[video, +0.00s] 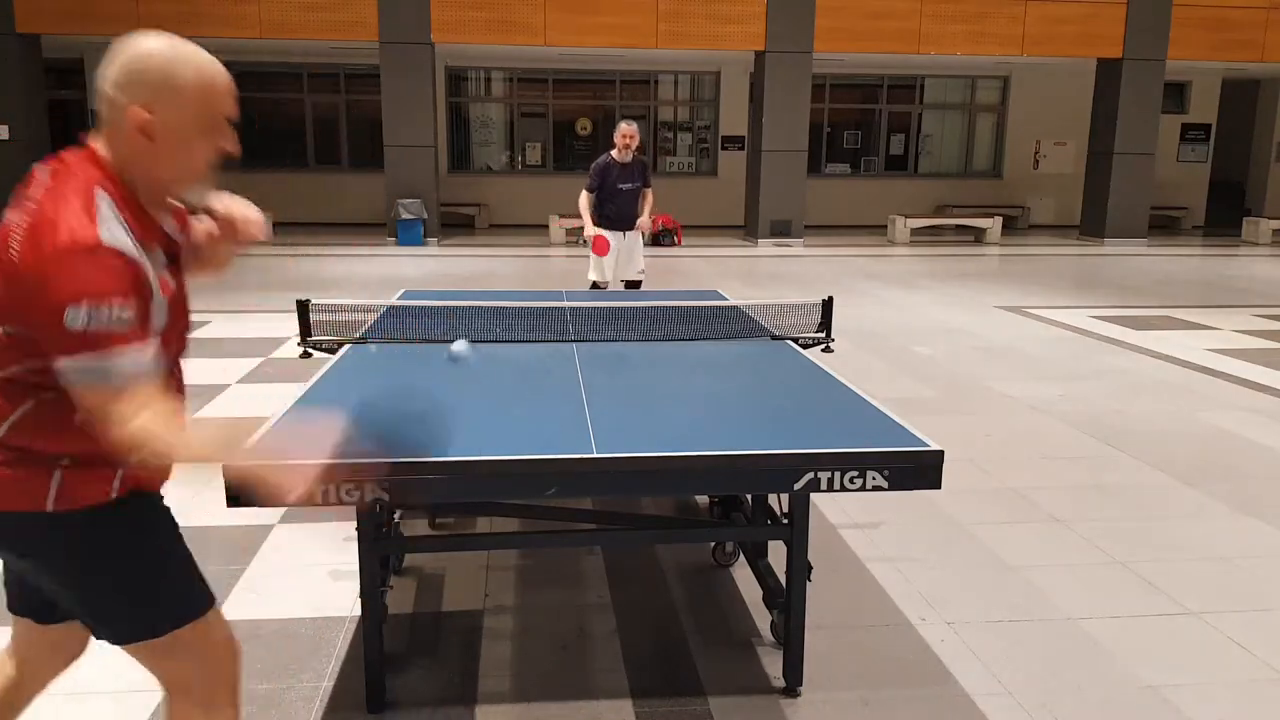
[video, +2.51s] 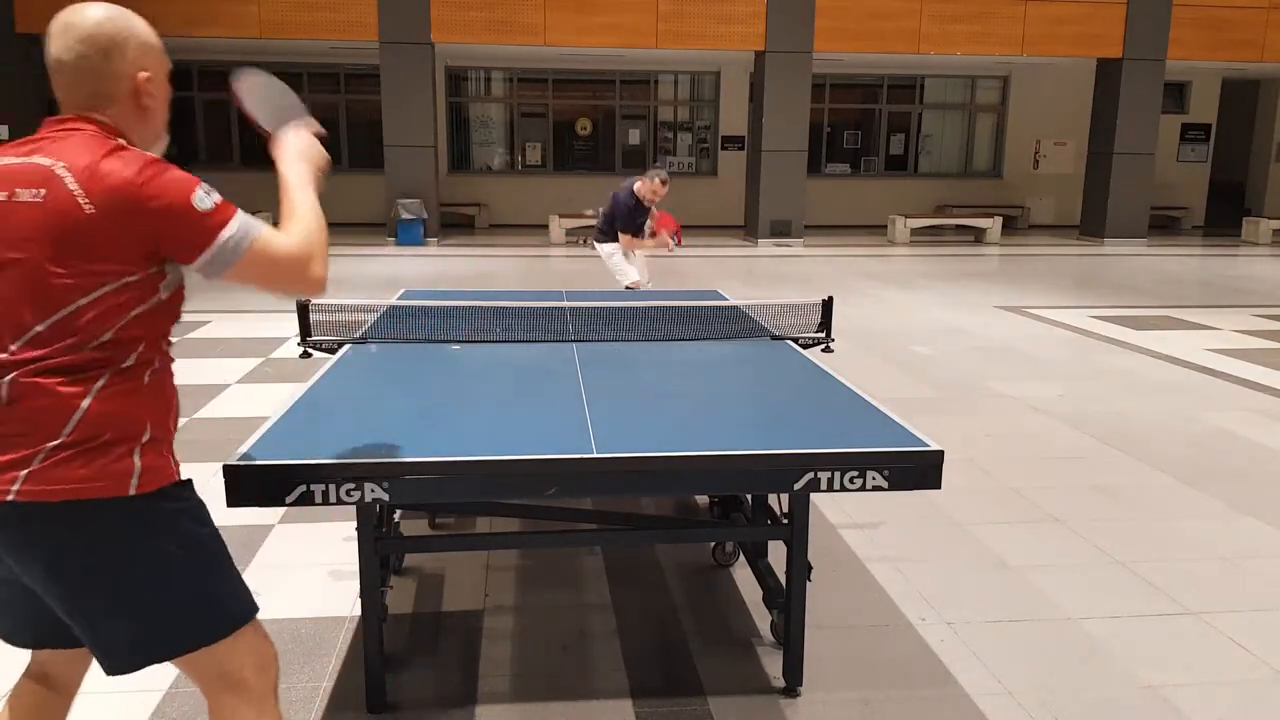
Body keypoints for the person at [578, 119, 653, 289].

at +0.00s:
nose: (628, 141)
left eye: (632, 137)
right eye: (624, 137)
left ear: (638, 140)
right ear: (615, 138)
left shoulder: (642, 165)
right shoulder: (601, 165)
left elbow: (647, 193)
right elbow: (585, 196)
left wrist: (645, 216)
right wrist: (588, 225)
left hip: (632, 233)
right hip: (605, 233)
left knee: (634, 283)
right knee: (600, 284)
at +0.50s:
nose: (651, 158)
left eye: (655, 154)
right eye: (647, 152)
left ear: (658, 155)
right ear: (636, 151)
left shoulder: (650, 172)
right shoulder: (623, 175)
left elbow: (651, 200)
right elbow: (613, 213)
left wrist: (663, 230)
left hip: (640, 236)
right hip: (616, 234)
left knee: (648, 281)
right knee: (625, 279)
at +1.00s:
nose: (667, 180)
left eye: (671, 176)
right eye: (665, 174)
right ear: (655, 165)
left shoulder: (654, 179)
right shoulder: (637, 184)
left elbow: (664, 187)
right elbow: (611, 212)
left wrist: (683, 193)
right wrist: (589, 235)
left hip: (649, 239)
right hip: (631, 241)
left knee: (664, 285)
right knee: (654, 287)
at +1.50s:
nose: (642, 151)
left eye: (646, 147)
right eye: (638, 146)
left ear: (651, 148)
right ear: (629, 146)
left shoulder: (653, 170)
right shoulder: (616, 170)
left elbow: (669, 195)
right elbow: (597, 198)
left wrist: (682, 217)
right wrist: (595, 223)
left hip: (646, 235)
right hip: (618, 234)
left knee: (647, 284)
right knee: (621, 280)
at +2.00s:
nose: (631, 147)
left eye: (635, 143)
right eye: (627, 142)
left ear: (639, 145)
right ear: (617, 142)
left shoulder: (635, 166)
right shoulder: (603, 167)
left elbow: (637, 196)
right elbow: (582, 199)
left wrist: (643, 224)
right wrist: (594, 228)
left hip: (626, 233)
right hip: (598, 234)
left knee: (638, 276)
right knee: (590, 282)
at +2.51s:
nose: (656, 199)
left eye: (659, 197)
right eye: (654, 193)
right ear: (644, 182)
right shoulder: (624, 201)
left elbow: (651, 212)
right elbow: (626, 243)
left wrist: (662, 234)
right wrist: (655, 243)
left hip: (631, 239)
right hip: (607, 241)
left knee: (644, 282)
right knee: (633, 282)